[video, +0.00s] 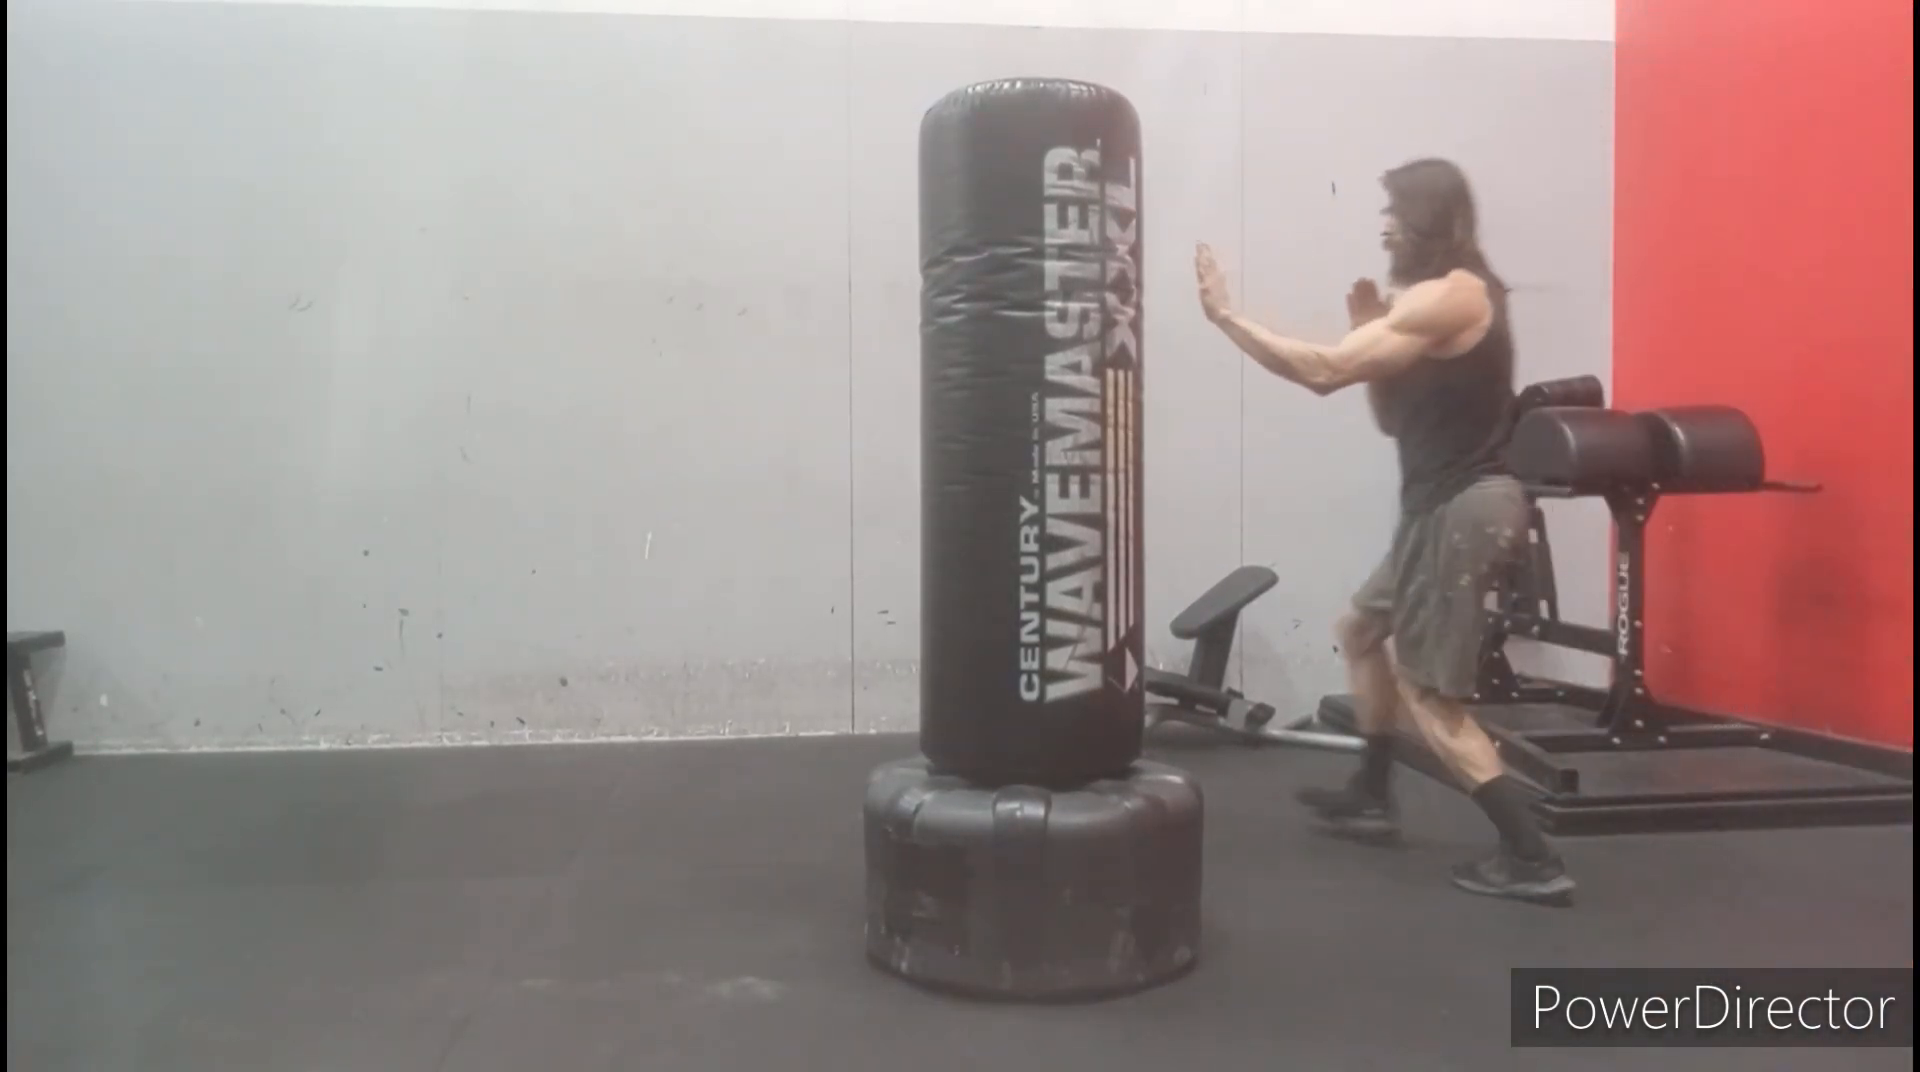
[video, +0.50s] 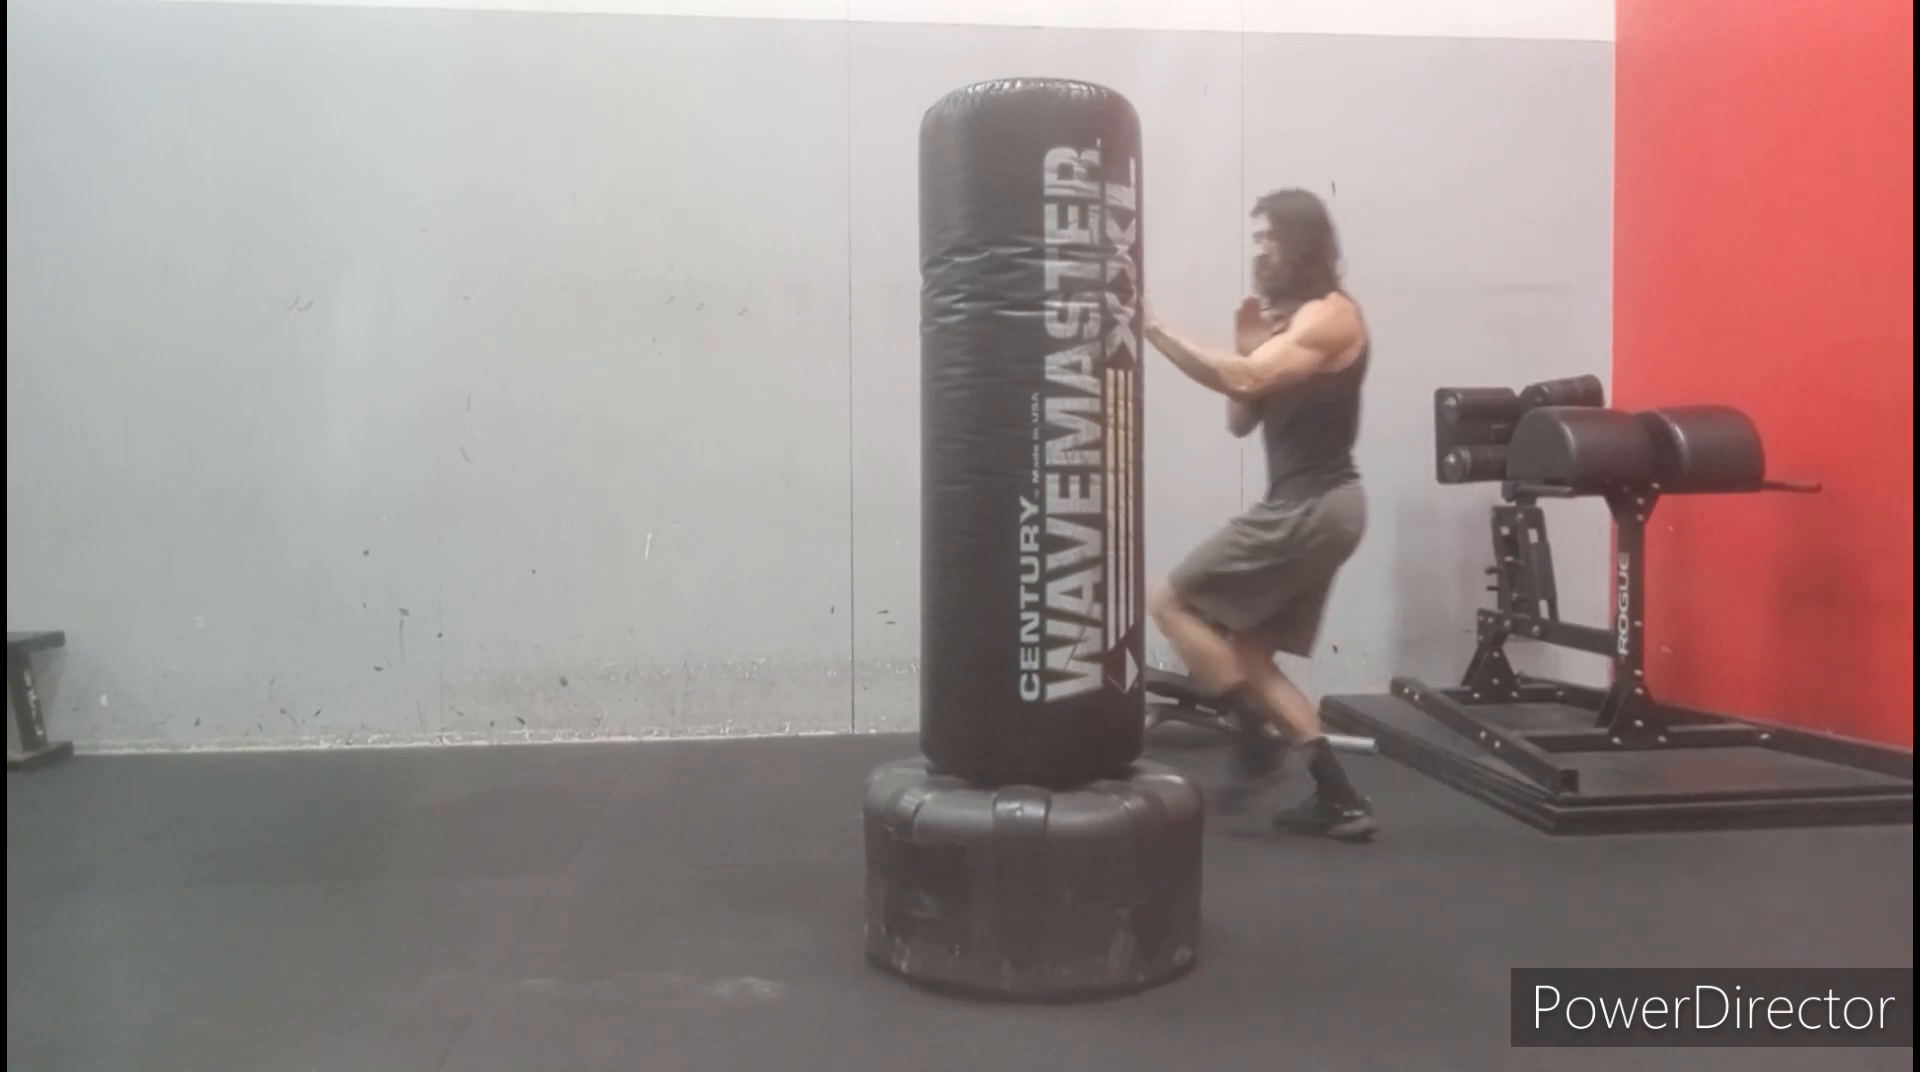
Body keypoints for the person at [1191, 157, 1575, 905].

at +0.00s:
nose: (1383, 229)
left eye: (1395, 216)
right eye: (1385, 215)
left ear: (1432, 222)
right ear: (1445, 223)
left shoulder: (1450, 294)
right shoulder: (1448, 294)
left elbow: (1323, 370)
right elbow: (1396, 419)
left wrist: (1226, 316)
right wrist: (1370, 332)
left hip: (1464, 510)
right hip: (1451, 506)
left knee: (1426, 700)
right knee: (1362, 628)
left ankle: (1533, 856)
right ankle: (1371, 792)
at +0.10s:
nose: (1359, 236)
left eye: (1369, 224)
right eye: (1359, 223)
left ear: (1406, 230)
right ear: (1410, 230)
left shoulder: (1429, 300)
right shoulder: (1411, 303)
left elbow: (1306, 370)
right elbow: (1357, 416)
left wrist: (1211, 317)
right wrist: (1345, 334)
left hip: (1432, 514)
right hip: (1420, 512)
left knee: (1412, 705)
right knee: (1330, 640)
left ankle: (1528, 845)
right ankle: (1351, 800)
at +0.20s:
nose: (1331, 238)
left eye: (1340, 225)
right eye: (1331, 225)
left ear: (1374, 230)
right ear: (1377, 231)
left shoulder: (1403, 305)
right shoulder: (1375, 307)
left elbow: (1291, 373)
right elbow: (1320, 414)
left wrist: (1195, 318)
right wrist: (1320, 338)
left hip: (1400, 511)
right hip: (1379, 510)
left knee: (1365, 692)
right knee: (1298, 644)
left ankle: (1500, 817)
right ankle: (1344, 800)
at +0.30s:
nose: (1305, 246)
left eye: (1316, 233)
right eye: (1304, 233)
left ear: (1354, 240)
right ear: (1329, 237)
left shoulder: (1377, 309)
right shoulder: (1344, 312)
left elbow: (1277, 374)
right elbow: (1287, 413)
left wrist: (1180, 320)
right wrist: (1291, 341)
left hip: (1371, 507)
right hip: (1357, 505)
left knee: (1279, 655)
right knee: (1299, 657)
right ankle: (1343, 800)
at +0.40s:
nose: (1281, 249)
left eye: (1292, 237)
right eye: (1280, 236)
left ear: (1329, 243)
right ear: (1320, 245)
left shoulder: (1354, 313)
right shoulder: (1323, 316)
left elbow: (1263, 379)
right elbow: (1263, 419)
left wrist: (1168, 325)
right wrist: (1270, 346)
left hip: (1341, 506)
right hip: (1336, 503)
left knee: (1212, 625)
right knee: (1256, 646)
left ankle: (1342, 725)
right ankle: (1338, 794)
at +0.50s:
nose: (1257, 255)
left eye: (1269, 242)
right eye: (1256, 242)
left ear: (1307, 249)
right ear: (1269, 248)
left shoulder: (1331, 315)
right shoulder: (1295, 322)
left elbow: (1247, 380)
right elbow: (1238, 421)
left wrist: (1152, 329)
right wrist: (1245, 350)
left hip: (1312, 505)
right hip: (1318, 505)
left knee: (1171, 601)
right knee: (1248, 660)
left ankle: (1252, 722)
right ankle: (1336, 794)